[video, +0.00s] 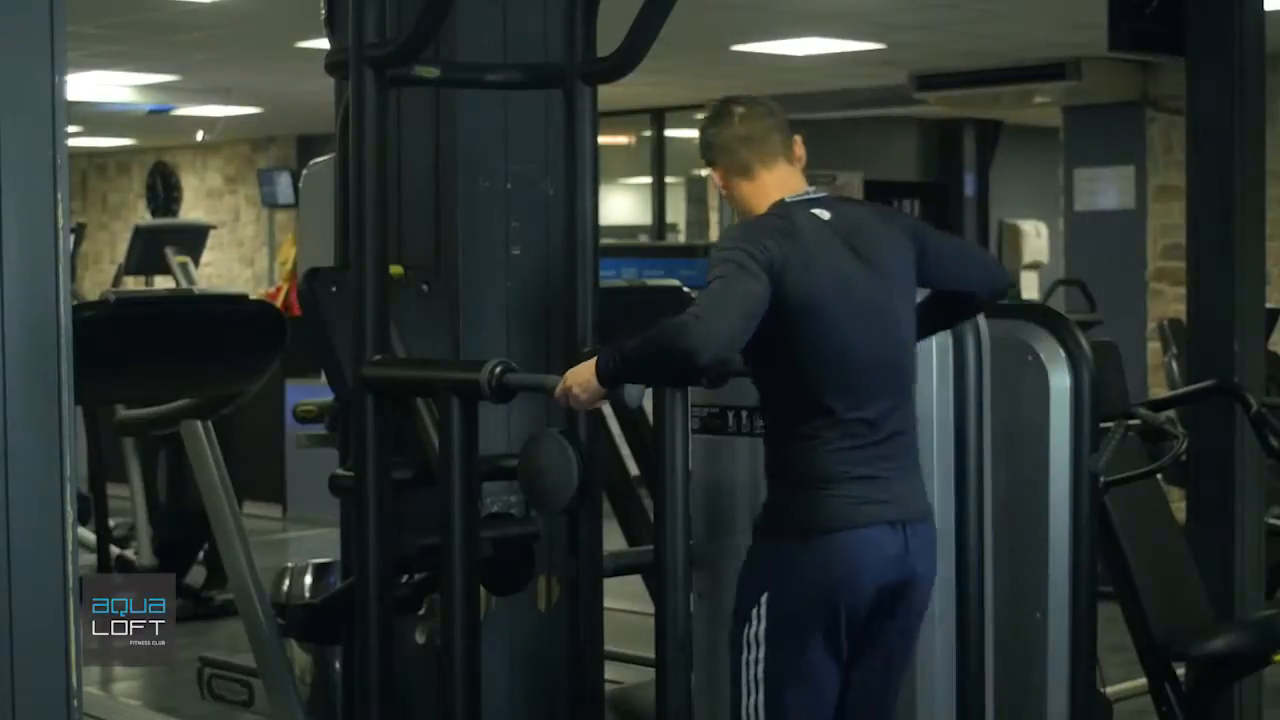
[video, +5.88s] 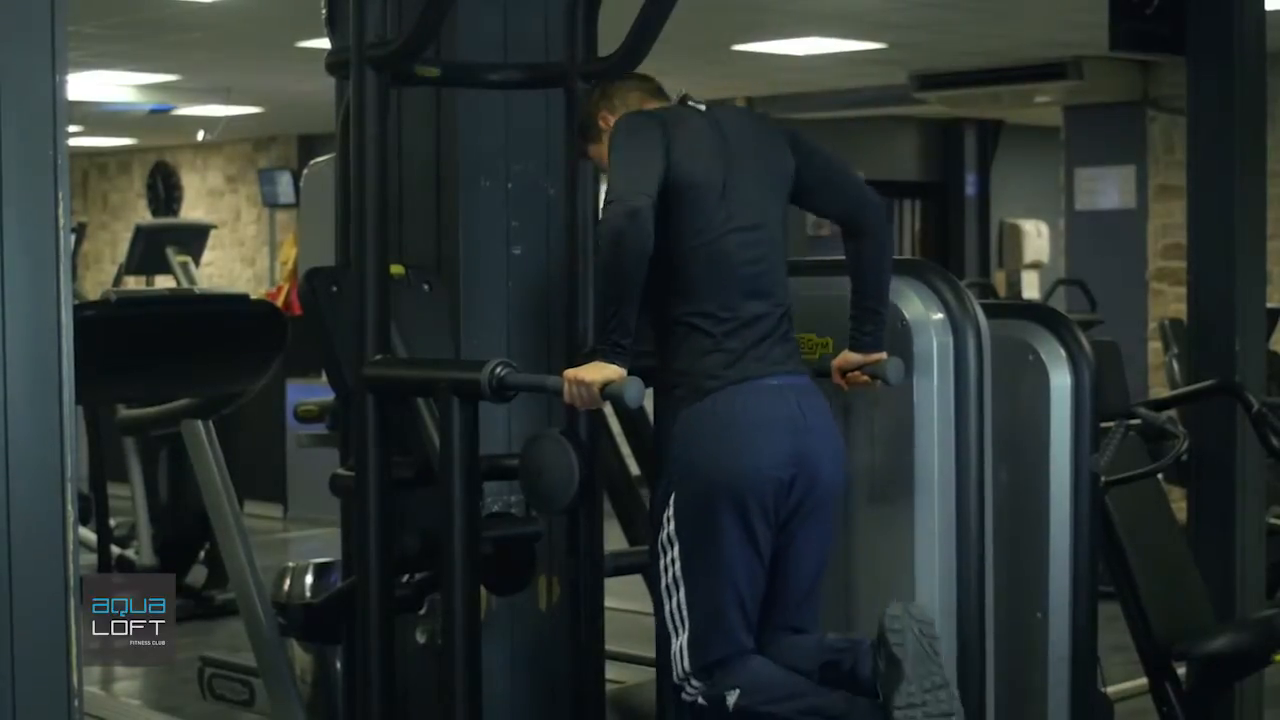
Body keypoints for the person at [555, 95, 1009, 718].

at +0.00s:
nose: (717, 193)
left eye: (714, 181)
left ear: (721, 181)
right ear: (800, 154)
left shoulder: (754, 244)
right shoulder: (884, 224)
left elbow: (703, 345)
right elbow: (989, 278)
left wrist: (606, 368)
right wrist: (896, 326)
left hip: (816, 543)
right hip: (909, 538)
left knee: (778, 706)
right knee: (869, 707)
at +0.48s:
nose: (645, 215)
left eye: (641, 191)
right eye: (636, 199)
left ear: (677, 149)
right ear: (687, 150)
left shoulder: (708, 198)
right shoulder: (818, 196)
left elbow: (676, 257)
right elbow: (934, 229)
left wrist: (602, 352)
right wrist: (871, 340)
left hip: (774, 512)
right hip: (852, 498)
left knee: (745, 702)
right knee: (827, 701)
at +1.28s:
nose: (611, 162)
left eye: (603, 145)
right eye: (603, 152)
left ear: (618, 109)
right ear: (673, 94)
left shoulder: (648, 122)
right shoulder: (771, 131)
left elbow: (632, 215)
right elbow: (871, 210)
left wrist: (614, 351)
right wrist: (863, 344)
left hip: (717, 427)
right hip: (808, 422)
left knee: (701, 683)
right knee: (789, 679)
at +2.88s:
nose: (595, 267)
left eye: (590, 255)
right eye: (588, 261)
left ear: (600, 218)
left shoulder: (633, 202)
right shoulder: (754, 201)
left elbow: (625, 215)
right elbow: (876, 215)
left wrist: (613, 352)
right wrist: (867, 341)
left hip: (744, 499)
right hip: (826, 485)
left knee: (725, 704)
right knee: (808, 704)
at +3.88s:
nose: (603, 166)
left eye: (596, 150)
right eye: (597, 158)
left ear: (605, 116)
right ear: (659, 93)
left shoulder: (636, 129)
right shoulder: (759, 126)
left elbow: (633, 216)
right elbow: (860, 207)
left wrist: (613, 350)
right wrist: (865, 339)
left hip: (719, 413)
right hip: (805, 402)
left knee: (699, 664)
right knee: (773, 635)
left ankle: (882, 705)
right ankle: (875, 649)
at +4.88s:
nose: (597, 275)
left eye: (591, 261)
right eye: (589, 266)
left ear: (599, 219)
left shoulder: (633, 204)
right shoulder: (754, 204)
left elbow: (625, 213)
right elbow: (876, 215)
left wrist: (610, 351)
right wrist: (867, 342)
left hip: (722, 502)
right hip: (805, 484)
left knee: (714, 705)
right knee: (803, 705)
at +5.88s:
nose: (606, 170)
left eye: (601, 154)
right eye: (600, 163)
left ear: (610, 122)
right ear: (668, 99)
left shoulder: (639, 131)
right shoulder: (762, 134)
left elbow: (629, 217)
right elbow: (865, 208)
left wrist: (611, 350)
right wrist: (867, 339)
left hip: (720, 421)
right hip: (805, 410)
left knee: (703, 671)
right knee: (778, 644)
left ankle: (866, 706)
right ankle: (877, 662)